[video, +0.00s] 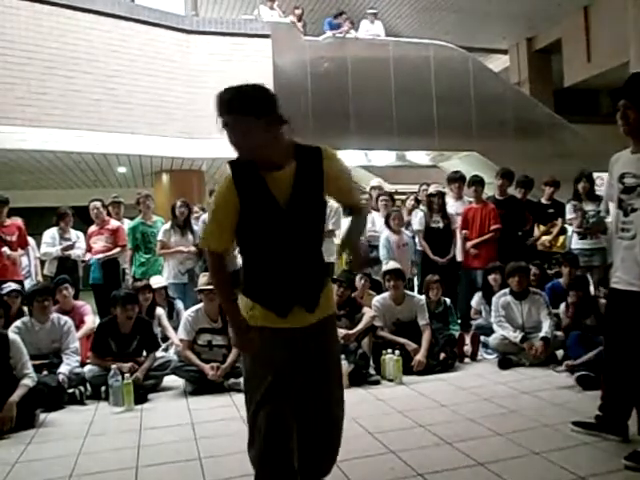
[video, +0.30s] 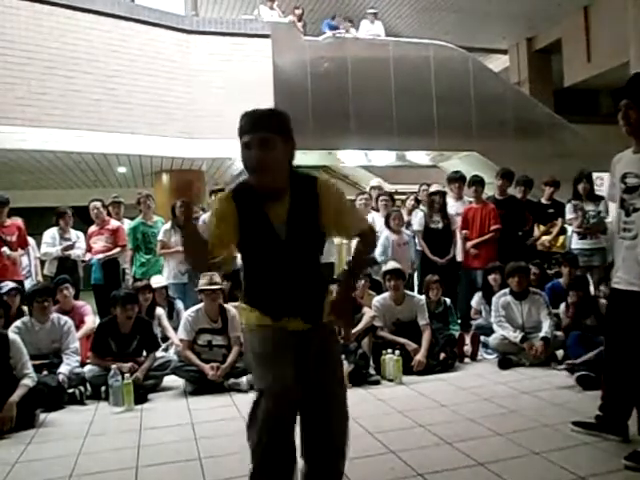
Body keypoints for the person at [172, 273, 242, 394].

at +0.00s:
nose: (210, 296)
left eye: (213, 292)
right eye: (206, 293)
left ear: (220, 294)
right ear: (200, 296)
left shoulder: (229, 314)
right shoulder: (191, 315)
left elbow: (236, 346)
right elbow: (183, 349)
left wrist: (225, 367)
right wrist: (204, 367)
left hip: (225, 360)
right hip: (200, 360)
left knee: (244, 370)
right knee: (177, 367)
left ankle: (200, 386)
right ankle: (224, 384)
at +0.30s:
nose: (213, 296)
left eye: (216, 292)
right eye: (208, 293)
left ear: (221, 293)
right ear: (201, 296)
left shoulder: (230, 314)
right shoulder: (191, 316)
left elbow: (236, 345)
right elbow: (184, 349)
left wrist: (225, 368)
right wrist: (204, 367)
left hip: (225, 362)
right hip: (200, 363)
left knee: (247, 367)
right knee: (176, 367)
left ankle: (200, 387)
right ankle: (226, 384)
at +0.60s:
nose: (212, 296)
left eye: (215, 292)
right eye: (207, 293)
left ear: (221, 293)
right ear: (200, 295)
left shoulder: (231, 314)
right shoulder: (191, 316)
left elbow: (236, 347)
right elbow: (184, 349)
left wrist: (224, 368)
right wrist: (204, 367)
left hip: (223, 361)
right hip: (199, 361)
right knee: (176, 366)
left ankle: (200, 386)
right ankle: (224, 383)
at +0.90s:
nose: (216, 300)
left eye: (219, 295)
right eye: (212, 296)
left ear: (224, 295)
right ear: (203, 296)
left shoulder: (230, 317)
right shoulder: (192, 315)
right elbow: (183, 349)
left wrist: (226, 367)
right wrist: (205, 368)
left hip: (226, 365)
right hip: (199, 363)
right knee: (176, 366)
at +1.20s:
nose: (210, 297)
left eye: (212, 293)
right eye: (206, 293)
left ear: (219, 293)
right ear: (200, 296)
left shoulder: (228, 313)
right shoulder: (191, 315)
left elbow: (237, 346)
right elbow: (183, 349)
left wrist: (226, 367)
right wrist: (205, 368)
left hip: (225, 361)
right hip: (200, 360)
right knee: (177, 366)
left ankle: (200, 386)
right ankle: (226, 381)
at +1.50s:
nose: (206, 296)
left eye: (209, 292)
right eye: (203, 292)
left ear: (216, 293)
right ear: (199, 295)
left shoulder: (225, 313)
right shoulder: (191, 315)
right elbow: (183, 349)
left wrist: (221, 365)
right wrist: (204, 367)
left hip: (222, 360)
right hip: (199, 358)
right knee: (176, 366)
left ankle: (201, 386)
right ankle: (223, 383)